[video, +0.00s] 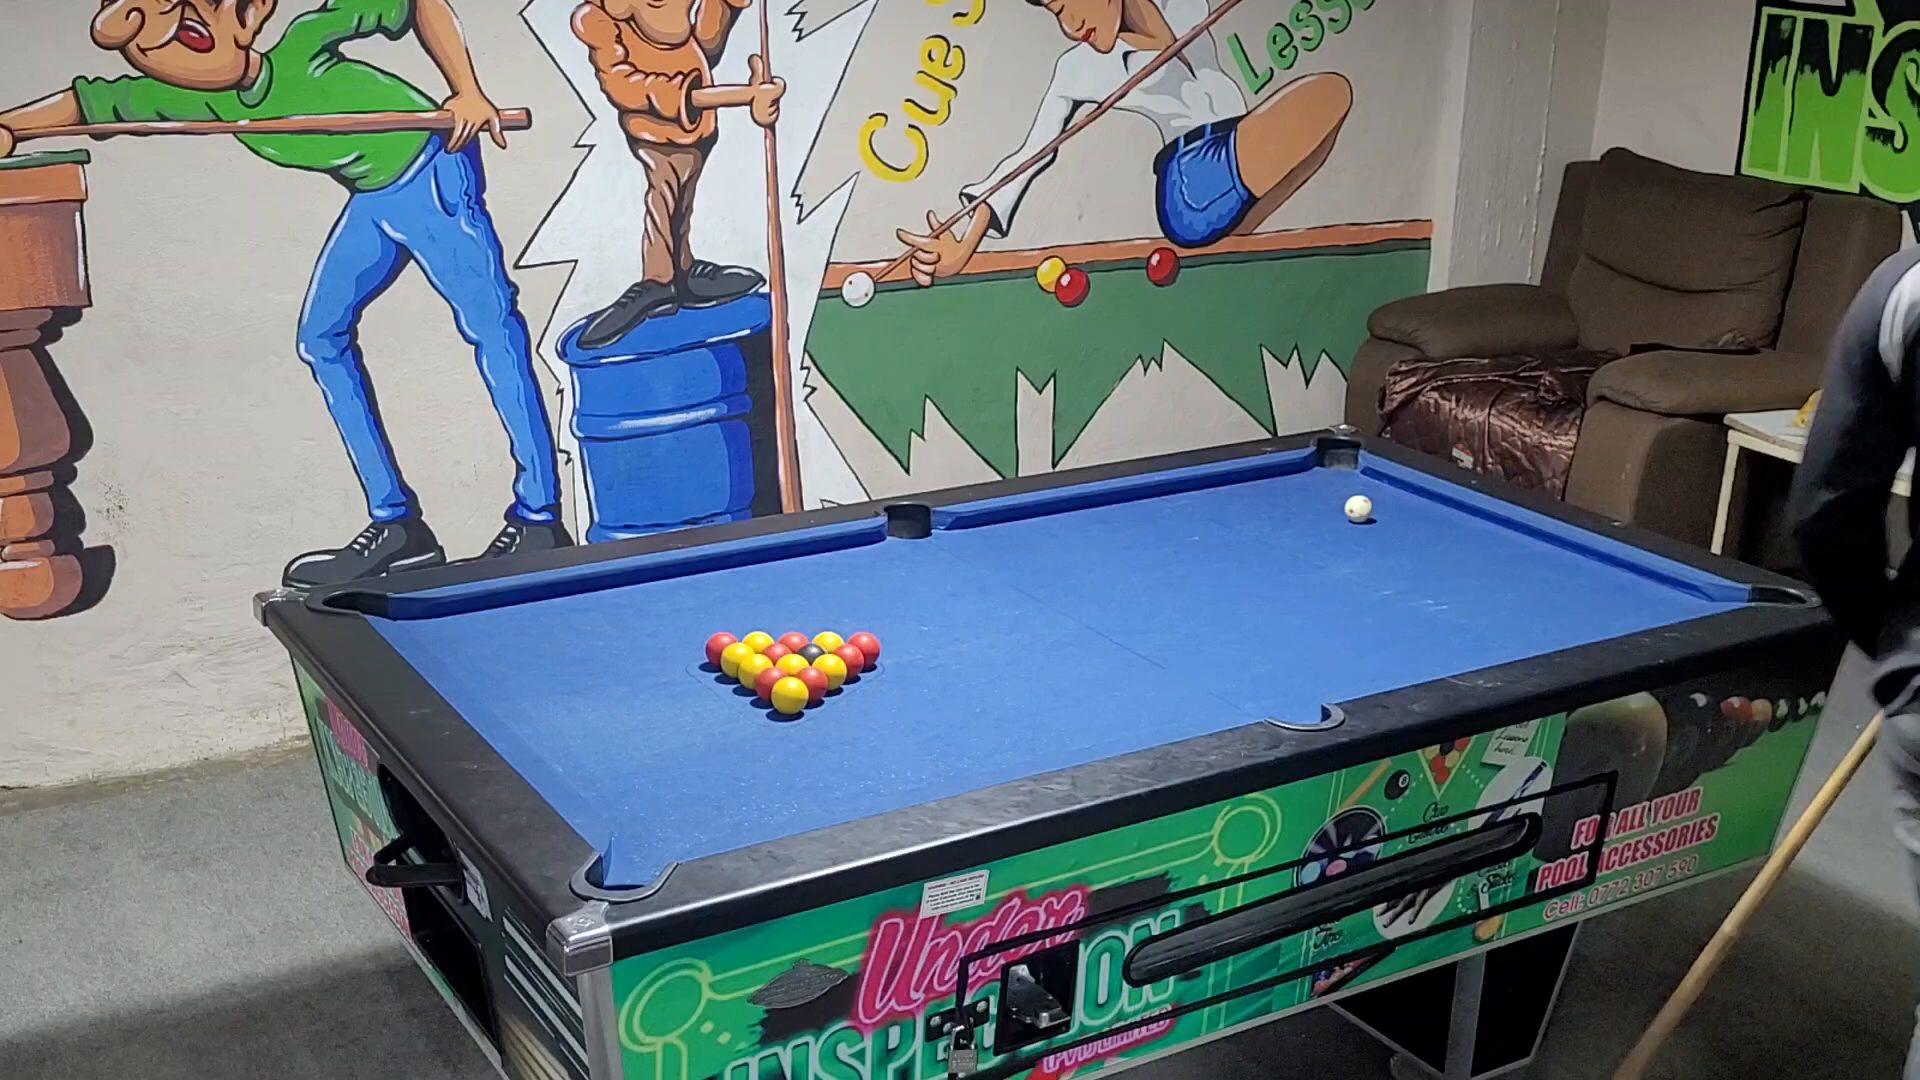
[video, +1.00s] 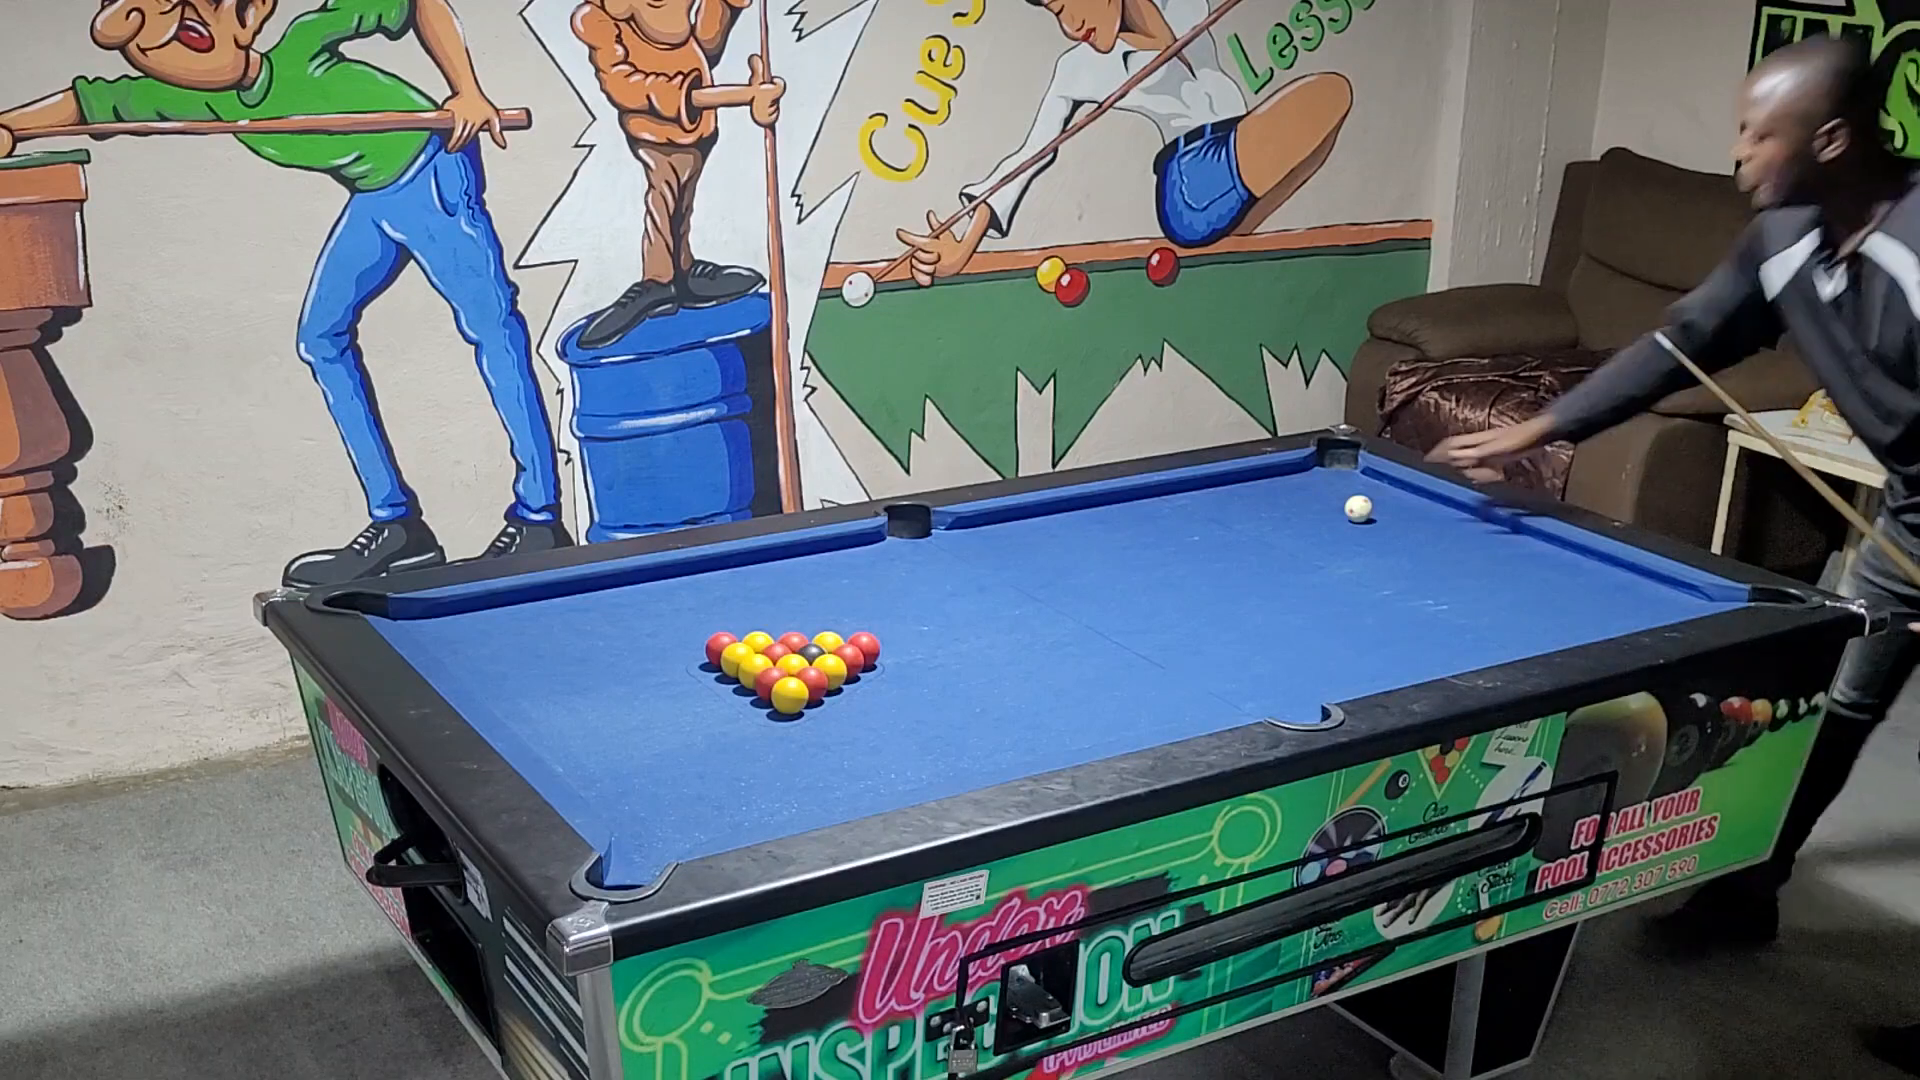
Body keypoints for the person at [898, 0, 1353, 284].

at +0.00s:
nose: (1070, 24)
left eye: (1070, 5)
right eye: (1057, 15)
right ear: (1056, 18)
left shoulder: (1175, 10)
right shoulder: (1077, 69)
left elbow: (1199, 56)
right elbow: (1028, 157)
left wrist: (1141, 15)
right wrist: (964, 246)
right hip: (1194, 183)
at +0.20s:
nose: (1070, 25)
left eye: (1069, 6)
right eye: (1057, 16)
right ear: (1057, 19)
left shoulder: (1175, 10)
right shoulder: (1077, 69)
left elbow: (1198, 55)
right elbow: (1028, 157)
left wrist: (1141, 17)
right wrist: (963, 247)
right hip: (1192, 184)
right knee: (1330, 91)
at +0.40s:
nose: (1070, 24)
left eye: (1070, 5)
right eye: (1057, 16)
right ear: (1056, 19)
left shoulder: (1175, 9)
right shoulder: (1077, 69)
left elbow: (1198, 55)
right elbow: (1028, 157)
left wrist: (1141, 17)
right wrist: (963, 246)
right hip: (1193, 182)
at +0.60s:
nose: (1070, 24)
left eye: (1071, 5)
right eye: (1057, 15)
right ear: (1055, 18)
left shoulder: (1176, 9)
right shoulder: (1077, 69)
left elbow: (1198, 57)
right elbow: (1028, 157)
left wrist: (1139, 13)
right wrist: (964, 246)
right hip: (1194, 182)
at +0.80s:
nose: (1070, 23)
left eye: (1072, 3)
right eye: (1056, 15)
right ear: (1055, 18)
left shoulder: (1173, 9)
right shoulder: (1076, 69)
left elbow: (1193, 54)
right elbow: (1029, 156)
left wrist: (1136, 10)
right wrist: (964, 244)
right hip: (1196, 167)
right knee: (1186, 205)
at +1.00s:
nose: (1070, 22)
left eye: (1072, 3)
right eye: (1057, 14)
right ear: (1055, 18)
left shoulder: (1174, 9)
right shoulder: (1076, 69)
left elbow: (1195, 56)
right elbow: (1028, 156)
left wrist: (1137, 11)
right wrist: (964, 245)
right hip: (1194, 179)